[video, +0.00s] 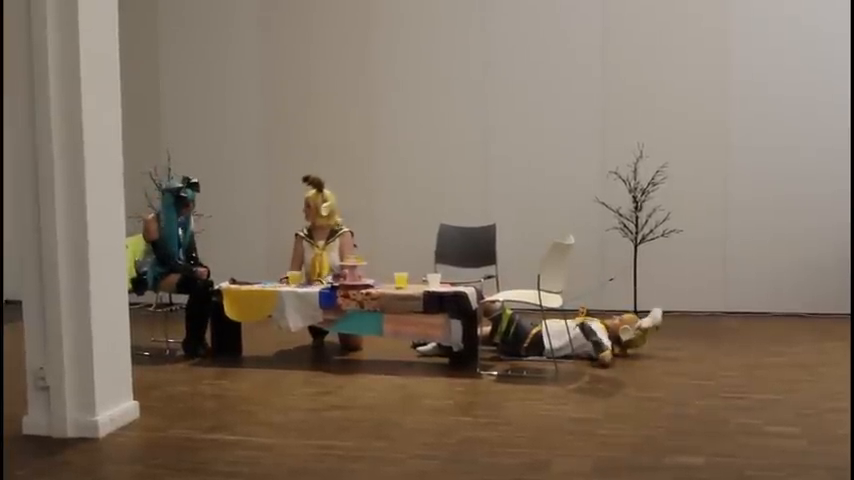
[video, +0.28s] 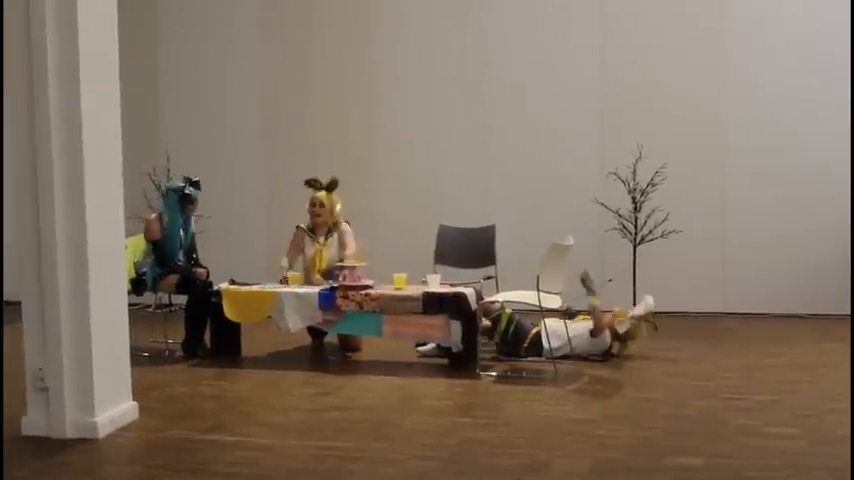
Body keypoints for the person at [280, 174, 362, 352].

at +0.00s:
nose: (304, 212)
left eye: (308, 208)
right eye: (305, 207)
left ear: (321, 210)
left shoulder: (343, 234)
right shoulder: (302, 236)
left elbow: (347, 267)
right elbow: (295, 269)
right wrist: (290, 282)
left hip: (339, 291)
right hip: (311, 293)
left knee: (353, 344)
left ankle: (346, 334)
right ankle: (317, 338)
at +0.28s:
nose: (315, 209)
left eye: (321, 205)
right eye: (312, 205)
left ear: (332, 209)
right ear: (308, 207)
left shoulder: (342, 229)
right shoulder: (302, 231)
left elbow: (348, 258)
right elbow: (289, 259)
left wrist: (335, 273)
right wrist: (285, 275)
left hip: (339, 291)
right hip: (309, 293)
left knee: (353, 345)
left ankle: (344, 339)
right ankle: (317, 340)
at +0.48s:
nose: (311, 207)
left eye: (316, 203)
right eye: (311, 203)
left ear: (330, 207)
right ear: (311, 205)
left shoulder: (341, 227)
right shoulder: (308, 223)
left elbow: (353, 202)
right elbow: (286, 195)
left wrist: (350, 197)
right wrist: (283, 208)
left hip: (339, 293)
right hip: (311, 293)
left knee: (352, 345)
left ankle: (344, 340)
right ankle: (317, 341)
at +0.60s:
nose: (308, 208)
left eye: (313, 204)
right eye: (308, 203)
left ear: (326, 207)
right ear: (308, 206)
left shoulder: (337, 229)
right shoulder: (308, 226)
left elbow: (344, 193)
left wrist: (351, 162)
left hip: (336, 298)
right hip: (308, 298)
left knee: (350, 345)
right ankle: (318, 335)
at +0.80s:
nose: (305, 209)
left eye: (310, 206)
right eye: (306, 205)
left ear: (323, 209)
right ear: (303, 209)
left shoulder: (336, 230)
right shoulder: (305, 230)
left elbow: (354, 196)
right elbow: (290, 197)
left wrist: (375, 173)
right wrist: (292, 176)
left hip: (336, 295)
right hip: (309, 295)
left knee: (352, 346)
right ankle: (316, 340)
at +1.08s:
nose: (315, 216)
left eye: (320, 211)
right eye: (311, 211)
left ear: (328, 214)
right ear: (304, 214)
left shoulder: (336, 233)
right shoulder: (303, 236)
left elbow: (357, 205)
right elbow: (283, 204)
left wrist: (382, 184)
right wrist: (280, 177)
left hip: (339, 296)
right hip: (310, 297)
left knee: (351, 346)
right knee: (295, 300)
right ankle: (316, 339)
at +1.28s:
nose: (323, 212)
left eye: (327, 208)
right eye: (319, 207)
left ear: (335, 211)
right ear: (311, 209)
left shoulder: (340, 229)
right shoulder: (306, 229)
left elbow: (360, 203)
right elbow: (291, 198)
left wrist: (377, 181)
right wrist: (285, 168)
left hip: (338, 289)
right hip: (310, 289)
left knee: (353, 297)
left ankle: (345, 338)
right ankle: (318, 338)